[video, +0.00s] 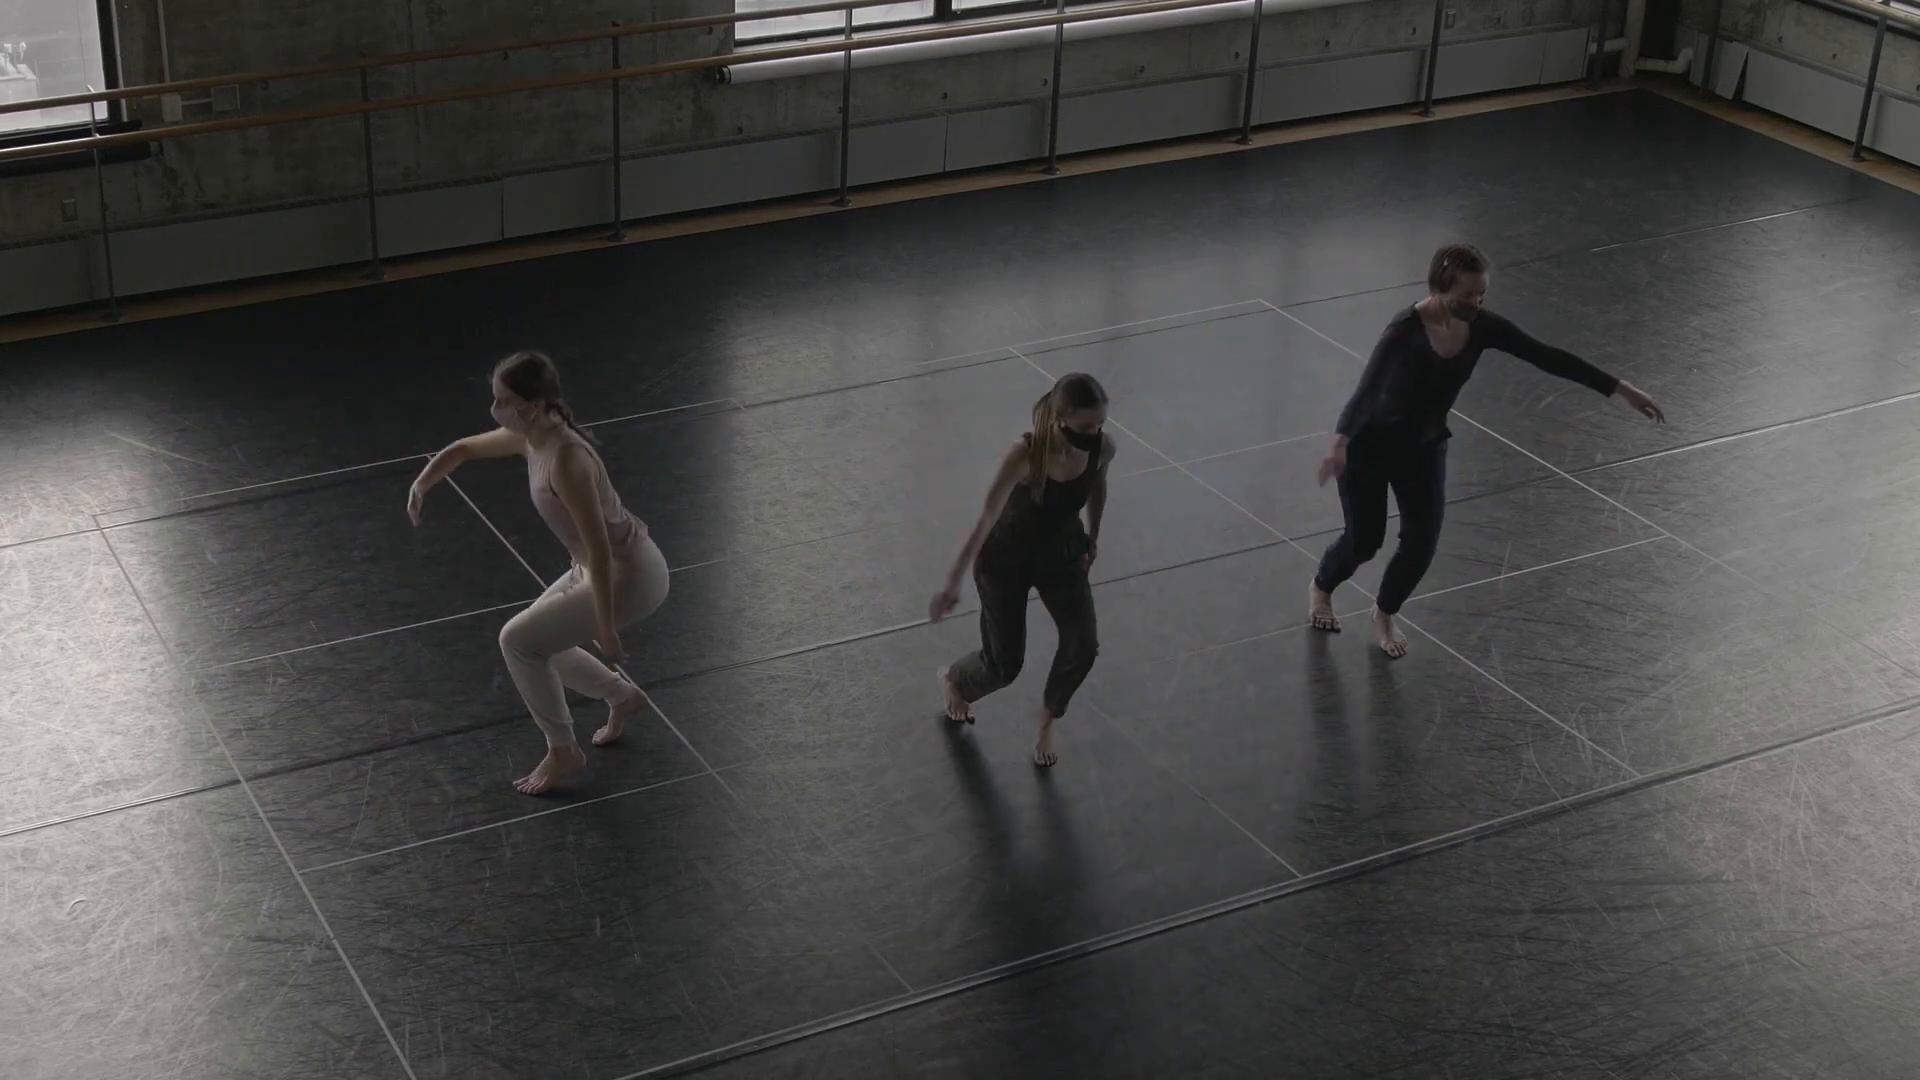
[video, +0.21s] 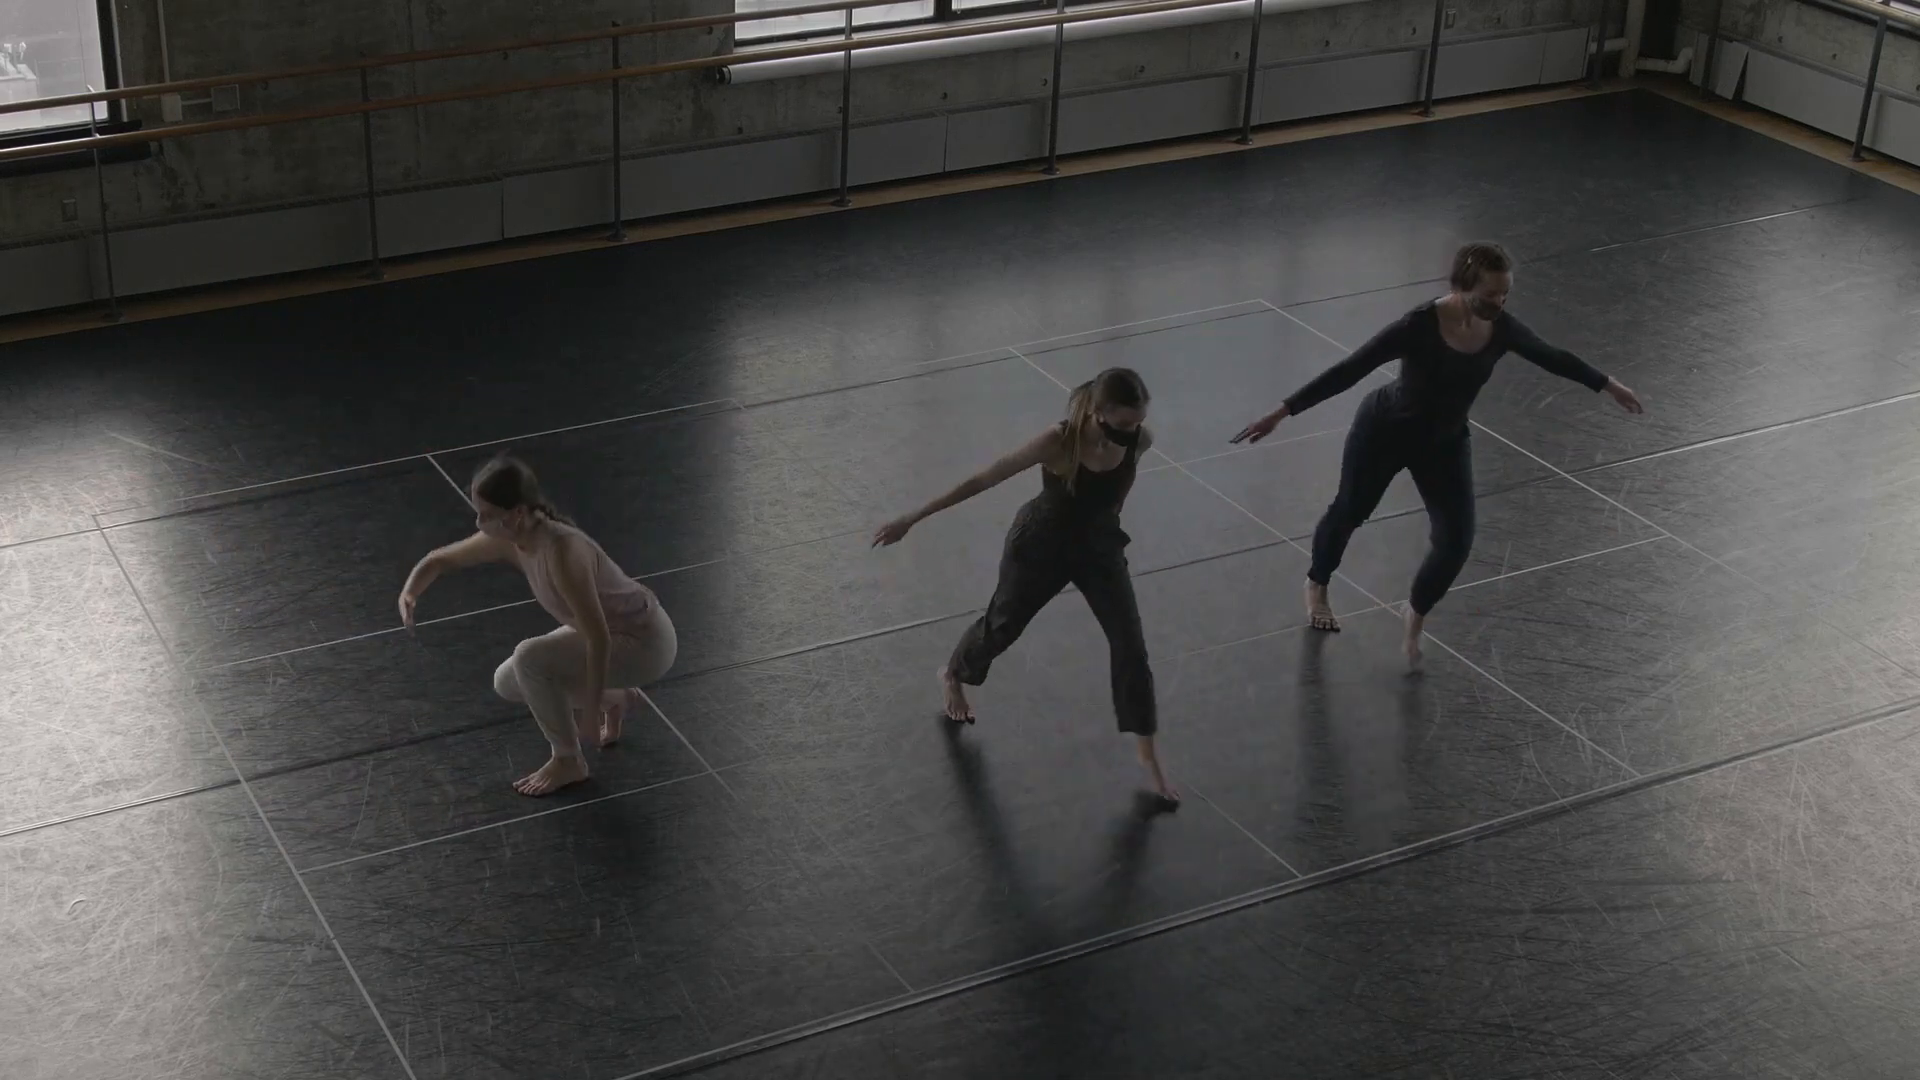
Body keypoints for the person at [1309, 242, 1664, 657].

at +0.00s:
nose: (1476, 302)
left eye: (1480, 293)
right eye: (1469, 294)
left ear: (1481, 289)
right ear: (1441, 290)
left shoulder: (1482, 327)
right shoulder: (1406, 329)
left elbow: (1547, 357)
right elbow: (1368, 388)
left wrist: (1621, 389)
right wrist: (1339, 441)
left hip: (1423, 446)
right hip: (1370, 443)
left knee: (1421, 546)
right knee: (1364, 540)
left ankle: (1383, 613)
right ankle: (1321, 587)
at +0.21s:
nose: (1499, 302)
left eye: (1503, 293)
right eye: (1492, 293)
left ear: (1504, 290)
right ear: (1465, 288)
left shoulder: (1502, 329)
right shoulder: (1421, 324)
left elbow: (1548, 357)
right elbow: (1352, 368)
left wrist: (1608, 384)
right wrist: (1283, 411)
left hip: (1444, 437)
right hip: (1387, 428)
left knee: (1456, 542)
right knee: (1350, 509)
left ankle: (1413, 617)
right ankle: (1317, 586)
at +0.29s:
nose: (1509, 322)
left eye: (1514, 313)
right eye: (1502, 314)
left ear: (1512, 311)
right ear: (1472, 308)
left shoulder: (1507, 346)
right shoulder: (1430, 342)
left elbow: (1541, 375)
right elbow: (1355, 381)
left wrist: (1580, 399)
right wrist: (1282, 416)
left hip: (1451, 455)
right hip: (1394, 444)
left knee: (1479, 555)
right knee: (1352, 519)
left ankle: (1452, 654)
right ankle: (1315, 585)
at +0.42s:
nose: (1533, 365)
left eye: (1539, 357)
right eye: (1526, 356)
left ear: (1541, 353)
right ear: (1498, 348)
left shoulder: (1528, 394)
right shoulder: (1453, 385)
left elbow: (1489, 445)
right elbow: (1380, 421)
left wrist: (1469, 482)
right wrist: (1307, 453)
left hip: (1472, 497)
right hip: (1417, 489)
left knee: (1515, 597)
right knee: (1363, 549)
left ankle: (1472, 697)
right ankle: (1313, 585)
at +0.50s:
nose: (1562, 376)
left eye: (1566, 367)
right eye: (1556, 367)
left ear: (1565, 361)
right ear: (1527, 359)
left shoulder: (1550, 394)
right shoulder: (1478, 399)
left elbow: (1514, 450)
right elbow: (1420, 443)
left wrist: (1491, 492)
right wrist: (1356, 486)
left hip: (1492, 509)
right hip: (1438, 504)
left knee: (1527, 611)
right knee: (1386, 587)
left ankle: (1474, 699)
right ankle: (1320, 584)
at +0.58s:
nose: (1586, 382)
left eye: (1591, 374)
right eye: (1581, 373)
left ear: (1565, 363)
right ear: (1553, 361)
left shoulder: (1560, 400)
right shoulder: (1499, 406)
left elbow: (1503, 457)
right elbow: (1460, 467)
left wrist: (1440, 479)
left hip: (1506, 518)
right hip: (1452, 519)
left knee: (1531, 614)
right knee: (1421, 624)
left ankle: (1474, 698)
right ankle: (1345, 611)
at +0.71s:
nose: (1618, 382)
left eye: (1623, 374)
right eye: (1614, 373)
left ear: (1592, 357)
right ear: (1592, 358)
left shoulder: (1566, 389)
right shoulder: (1537, 403)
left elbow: (1494, 422)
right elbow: (1518, 492)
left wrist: (1448, 462)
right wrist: (1513, 576)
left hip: (1506, 503)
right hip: (1462, 507)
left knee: (1525, 608)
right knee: (1481, 631)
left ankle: (1473, 699)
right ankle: (1394, 697)